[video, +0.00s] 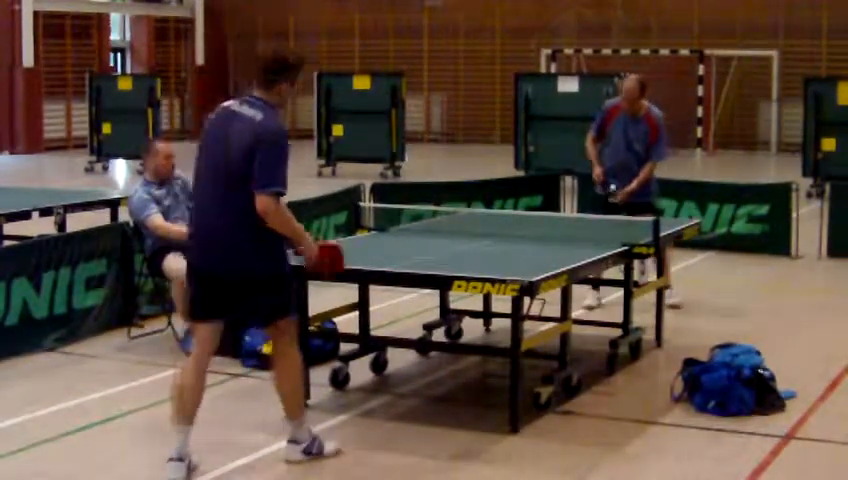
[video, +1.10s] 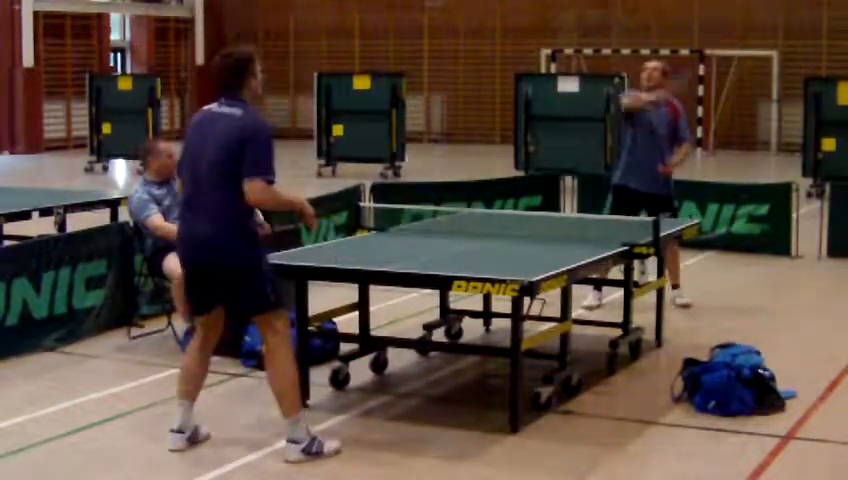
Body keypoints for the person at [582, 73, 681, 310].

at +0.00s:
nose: (627, 103)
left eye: (631, 99)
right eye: (624, 98)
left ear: (642, 97)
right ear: (620, 94)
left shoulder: (653, 118)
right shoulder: (610, 110)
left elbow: (653, 160)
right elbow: (591, 138)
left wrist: (630, 188)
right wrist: (596, 165)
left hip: (639, 186)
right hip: (609, 184)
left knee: (655, 237)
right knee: (601, 237)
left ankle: (665, 287)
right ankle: (594, 290)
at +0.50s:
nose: (616, 97)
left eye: (621, 93)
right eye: (613, 92)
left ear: (631, 94)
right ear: (610, 93)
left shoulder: (644, 121)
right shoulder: (599, 115)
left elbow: (641, 156)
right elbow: (580, 147)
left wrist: (619, 171)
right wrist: (586, 178)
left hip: (632, 185)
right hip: (601, 185)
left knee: (657, 235)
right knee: (597, 238)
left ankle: (674, 287)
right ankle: (594, 290)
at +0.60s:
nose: (622, 94)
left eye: (627, 89)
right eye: (620, 88)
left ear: (637, 91)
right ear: (615, 89)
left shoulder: (648, 114)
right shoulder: (604, 112)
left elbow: (642, 138)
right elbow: (587, 146)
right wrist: (595, 174)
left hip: (638, 185)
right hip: (608, 185)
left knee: (658, 237)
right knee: (599, 239)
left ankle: (674, 287)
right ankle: (594, 289)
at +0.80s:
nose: (639, 82)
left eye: (644, 77)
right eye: (636, 77)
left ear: (651, 81)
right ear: (629, 80)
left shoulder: (659, 106)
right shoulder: (617, 105)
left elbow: (656, 123)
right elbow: (603, 129)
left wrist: (638, 107)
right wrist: (611, 149)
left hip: (650, 181)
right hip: (620, 181)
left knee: (666, 235)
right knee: (608, 235)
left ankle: (675, 287)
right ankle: (596, 289)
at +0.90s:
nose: (643, 77)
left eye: (649, 72)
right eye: (640, 72)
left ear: (657, 78)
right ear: (635, 76)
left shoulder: (666, 105)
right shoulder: (622, 101)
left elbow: (675, 135)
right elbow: (611, 123)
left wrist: (657, 134)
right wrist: (626, 134)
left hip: (656, 184)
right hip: (625, 182)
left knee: (668, 237)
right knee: (609, 235)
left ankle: (675, 287)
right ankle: (596, 289)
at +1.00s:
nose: (645, 76)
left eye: (651, 72)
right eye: (643, 71)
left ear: (661, 79)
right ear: (638, 76)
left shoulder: (669, 106)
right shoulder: (627, 99)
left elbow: (682, 142)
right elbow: (618, 110)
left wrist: (665, 149)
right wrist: (633, 113)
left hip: (657, 183)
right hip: (626, 180)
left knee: (669, 236)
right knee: (611, 235)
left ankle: (676, 288)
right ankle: (596, 289)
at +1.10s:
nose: (648, 76)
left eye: (654, 72)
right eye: (646, 71)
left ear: (664, 78)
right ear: (640, 75)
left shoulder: (672, 106)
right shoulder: (631, 98)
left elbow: (686, 143)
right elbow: (625, 103)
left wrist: (673, 162)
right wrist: (655, 97)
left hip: (658, 180)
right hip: (627, 177)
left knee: (669, 236)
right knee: (612, 234)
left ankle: (676, 287)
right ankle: (597, 289)